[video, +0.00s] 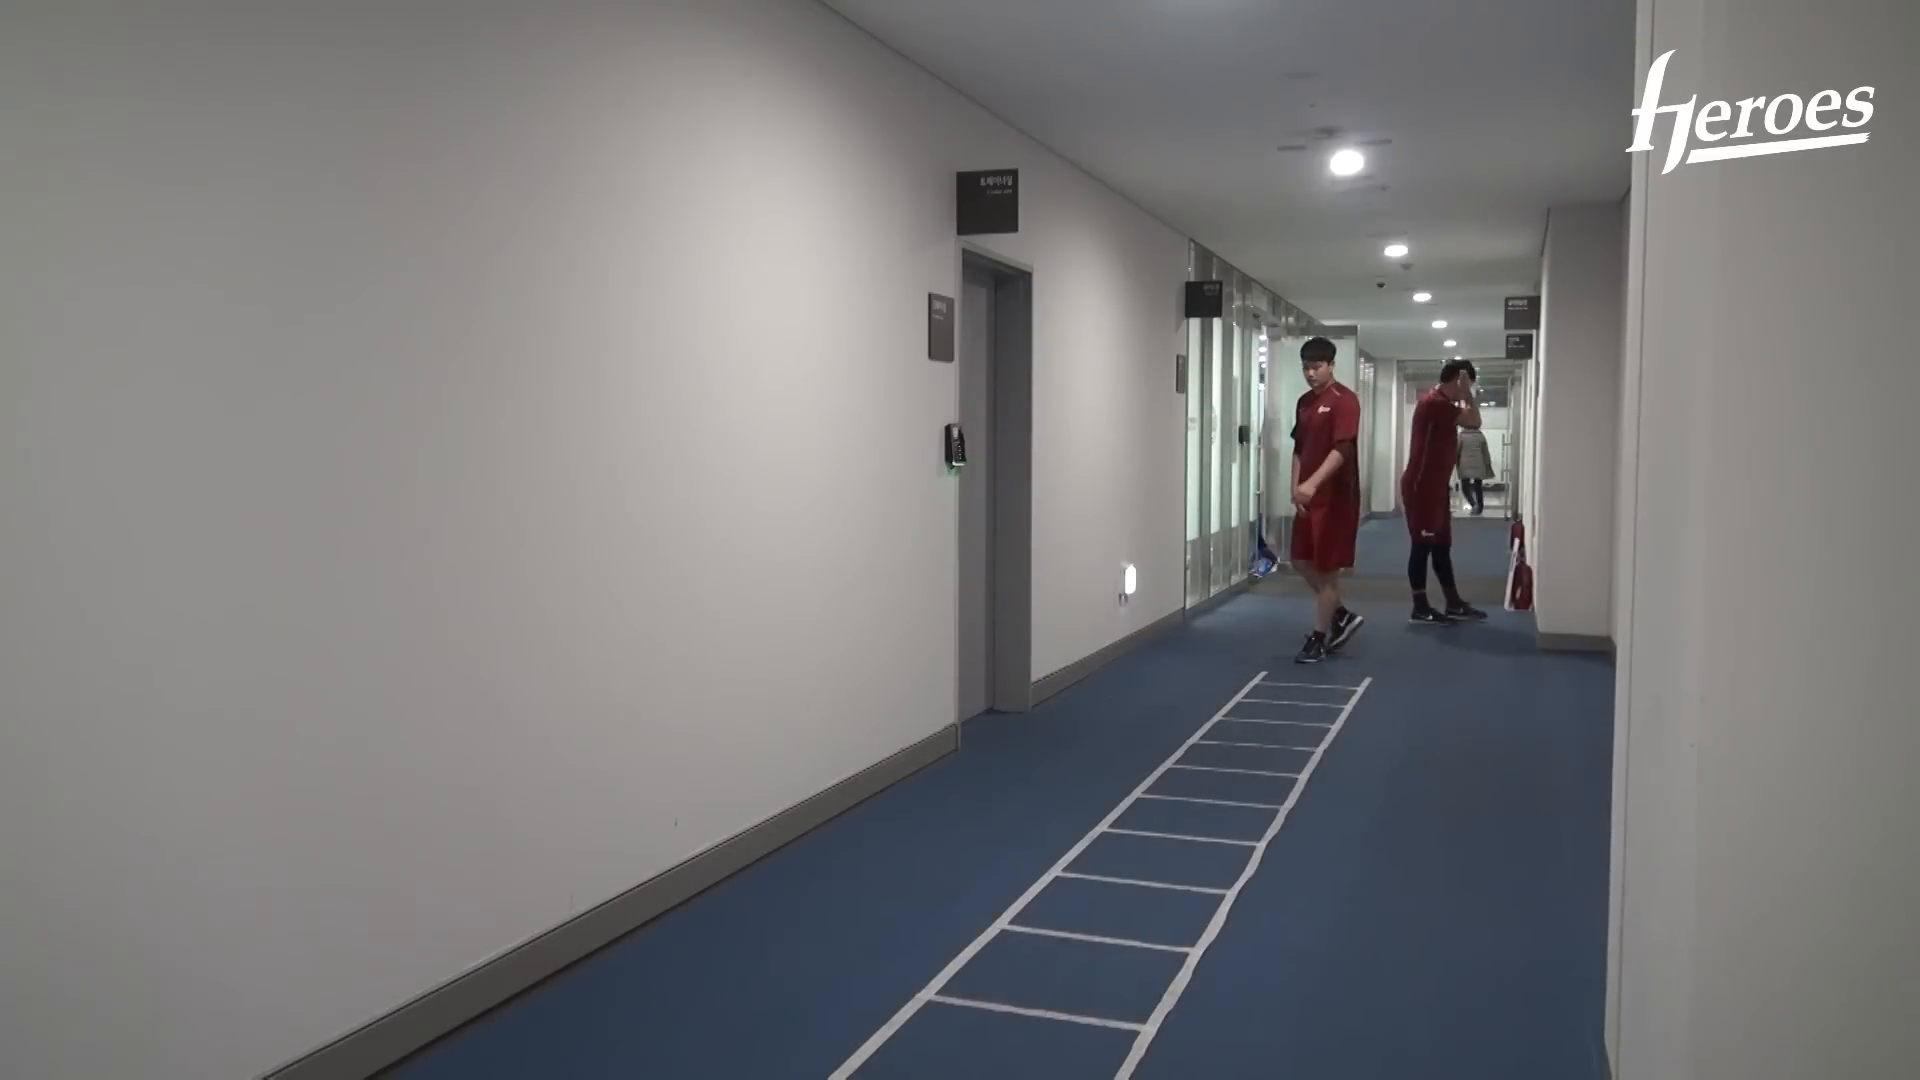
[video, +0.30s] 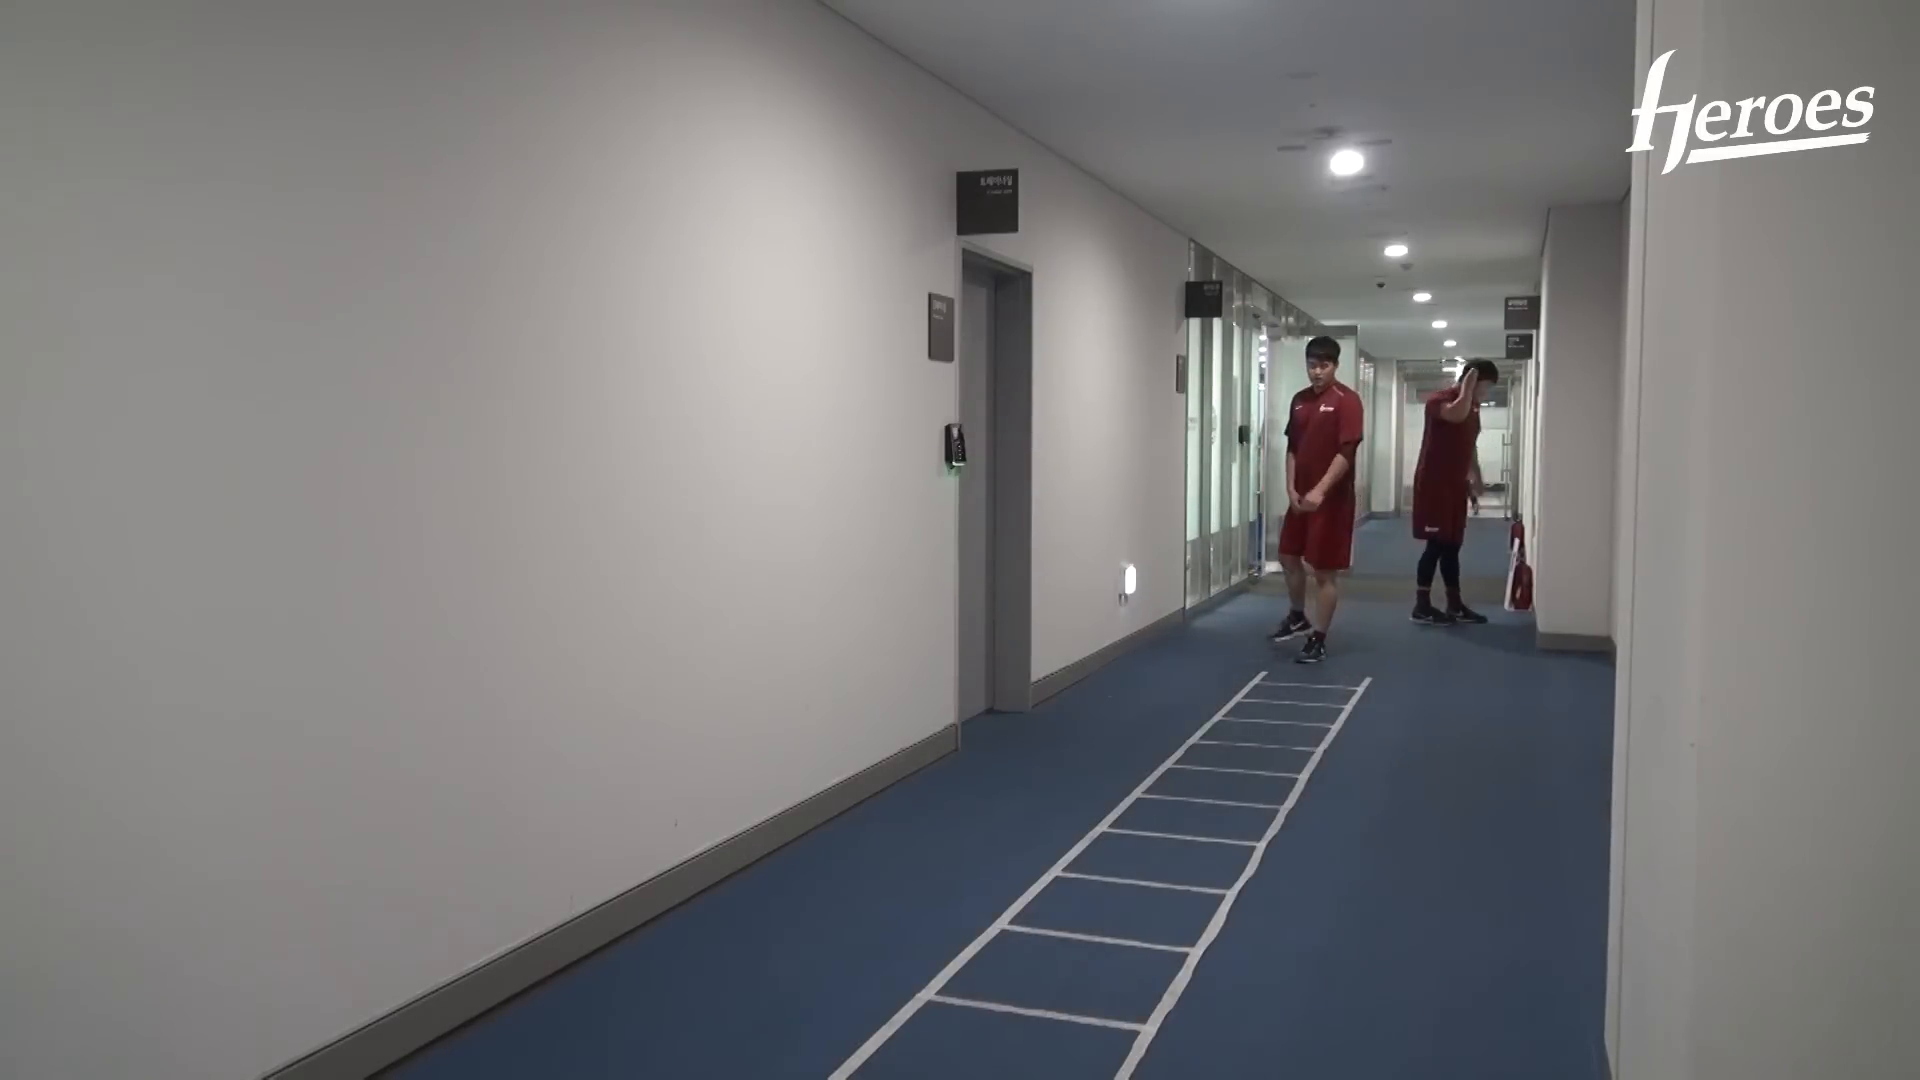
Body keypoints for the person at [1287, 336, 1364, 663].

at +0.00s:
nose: (1310, 372)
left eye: (1316, 366)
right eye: (1306, 367)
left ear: (1331, 366)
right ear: (1303, 368)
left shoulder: (1345, 399)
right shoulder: (1305, 401)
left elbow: (1342, 449)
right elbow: (1299, 448)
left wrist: (1312, 482)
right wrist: (1296, 486)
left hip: (1336, 496)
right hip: (1310, 495)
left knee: (1327, 568)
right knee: (1302, 561)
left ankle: (1319, 636)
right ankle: (1340, 615)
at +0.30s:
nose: (1317, 369)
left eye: (1324, 363)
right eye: (1312, 363)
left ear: (1336, 365)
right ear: (1306, 365)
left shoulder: (1347, 400)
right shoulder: (1300, 400)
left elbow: (1346, 454)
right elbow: (1293, 448)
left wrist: (1319, 490)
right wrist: (1291, 487)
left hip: (1332, 495)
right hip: (1303, 492)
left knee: (1322, 569)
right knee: (1288, 555)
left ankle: (1319, 638)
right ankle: (1297, 616)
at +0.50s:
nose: (1320, 373)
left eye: (1327, 367)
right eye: (1316, 366)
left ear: (1338, 368)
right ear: (1308, 365)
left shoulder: (1352, 402)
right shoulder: (1295, 401)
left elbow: (1359, 453)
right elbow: (1287, 448)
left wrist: (1362, 496)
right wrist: (1291, 487)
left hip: (1333, 502)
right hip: (1298, 496)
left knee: (1324, 571)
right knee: (1276, 552)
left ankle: (1318, 638)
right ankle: (1277, 611)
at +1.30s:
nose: (1295, 381)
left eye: (1301, 375)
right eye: (1290, 375)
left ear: (1309, 376)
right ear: (1281, 375)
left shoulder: (1326, 407)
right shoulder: (1263, 409)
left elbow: (1354, 437)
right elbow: (1243, 438)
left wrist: (1337, 471)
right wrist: (1248, 469)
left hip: (1309, 504)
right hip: (1273, 503)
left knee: (1309, 570)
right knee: (1282, 570)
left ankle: (1317, 636)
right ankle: (1286, 629)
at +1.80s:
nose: (1279, 380)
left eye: (1285, 374)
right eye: (1274, 373)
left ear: (1294, 374)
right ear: (1267, 373)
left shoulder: (1314, 402)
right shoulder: (1251, 408)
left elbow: (1342, 431)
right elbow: (1235, 441)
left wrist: (1325, 466)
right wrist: (1244, 471)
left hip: (1303, 501)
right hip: (1267, 502)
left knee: (1308, 566)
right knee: (1279, 569)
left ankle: (1322, 634)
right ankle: (1285, 630)